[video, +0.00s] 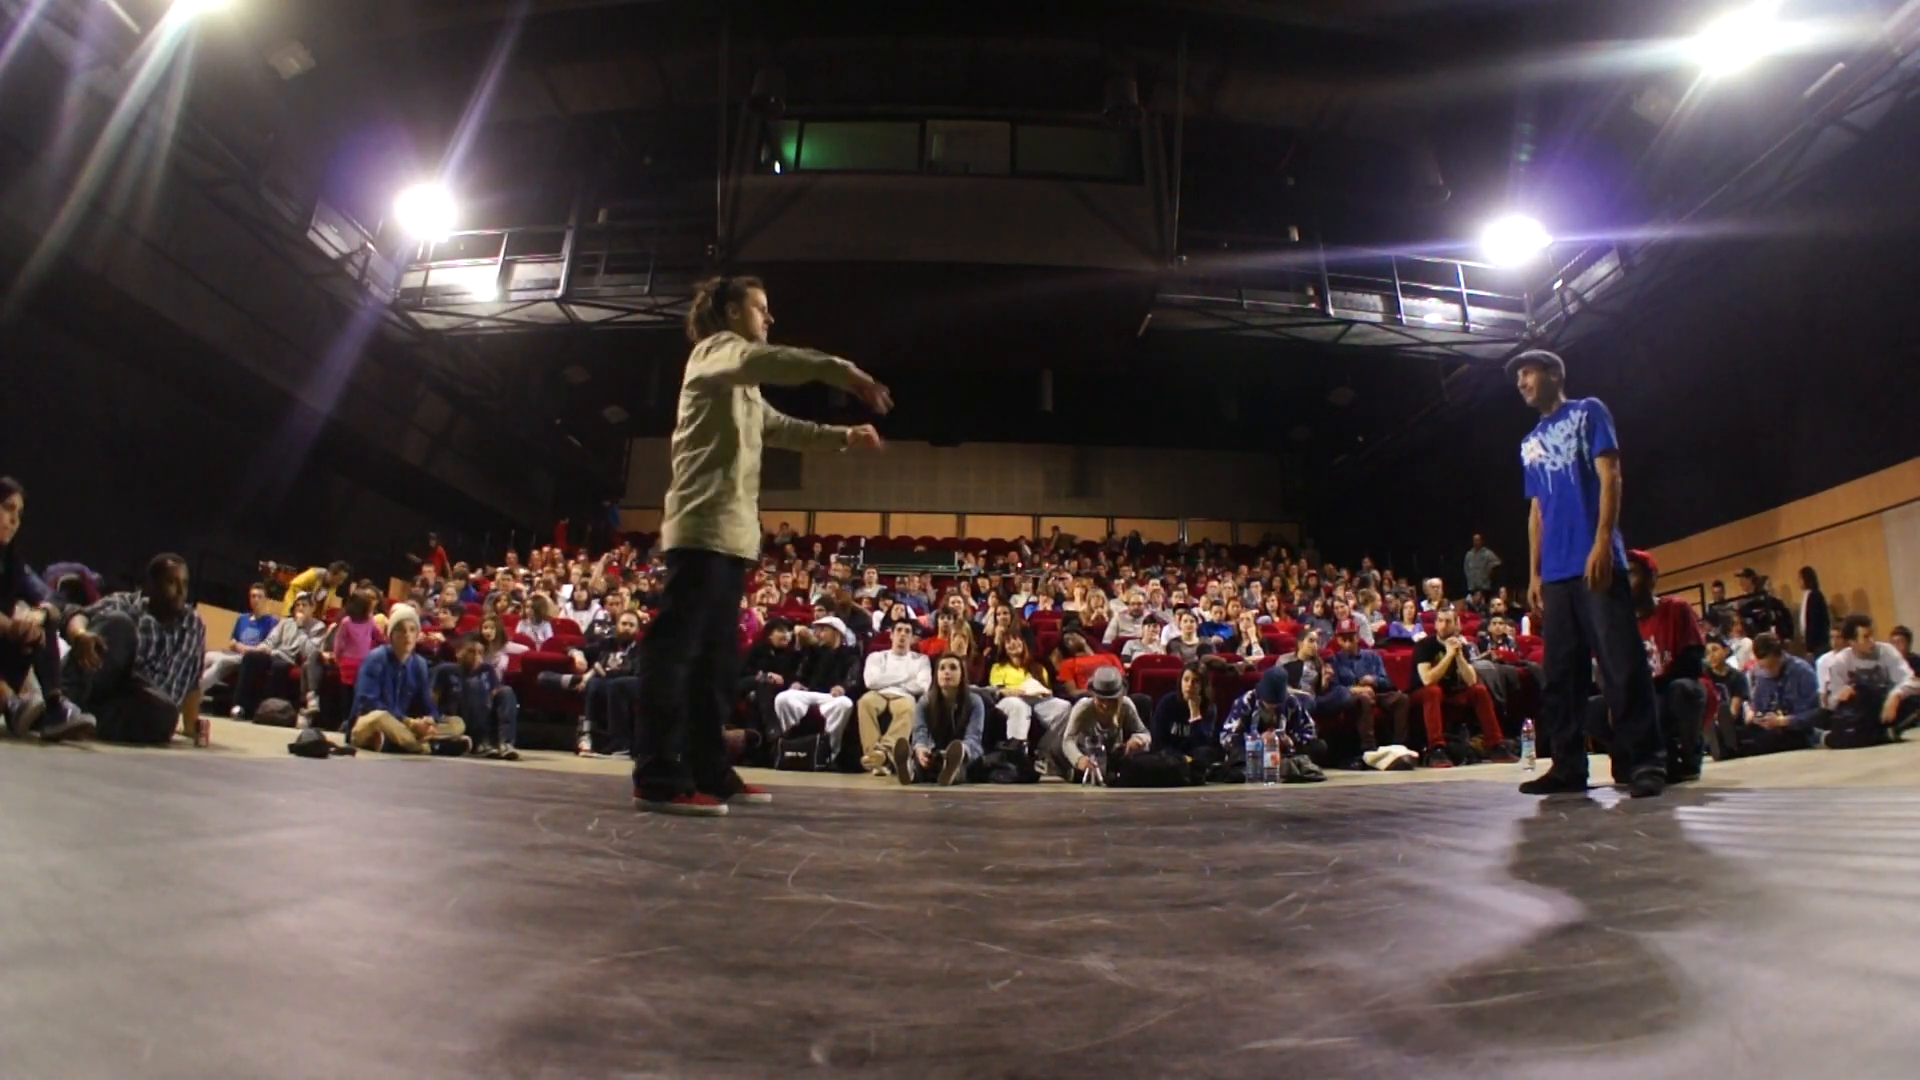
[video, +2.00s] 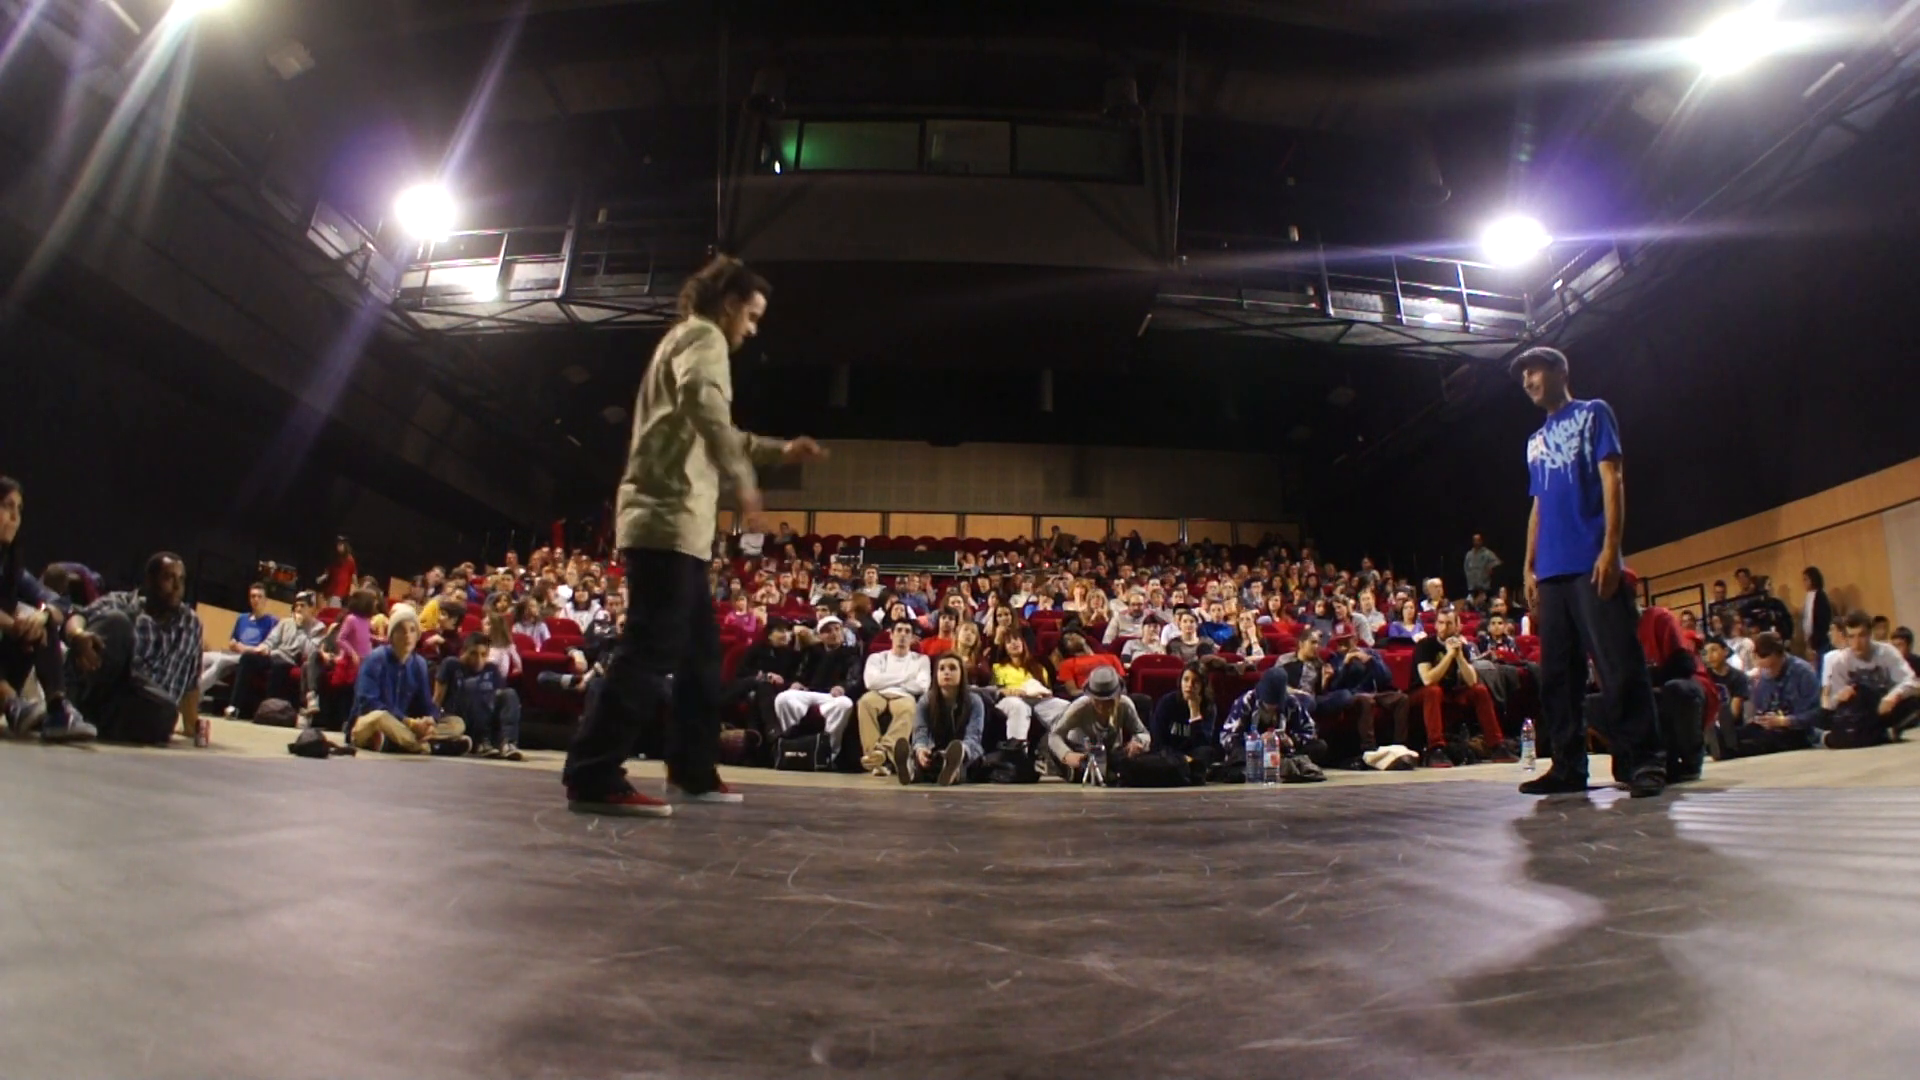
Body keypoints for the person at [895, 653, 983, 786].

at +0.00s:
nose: (947, 672)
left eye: (953, 668)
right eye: (942, 668)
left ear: (962, 673)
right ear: (936, 674)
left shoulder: (974, 701)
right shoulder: (925, 701)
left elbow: (974, 738)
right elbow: (920, 730)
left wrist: (960, 750)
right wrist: (920, 748)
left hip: (961, 752)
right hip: (933, 750)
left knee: (955, 764)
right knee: (918, 762)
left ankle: (949, 774)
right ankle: (909, 769)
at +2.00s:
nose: (947, 672)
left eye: (952, 668)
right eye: (942, 668)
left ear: (961, 673)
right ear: (935, 674)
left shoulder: (974, 701)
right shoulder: (925, 701)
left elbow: (974, 737)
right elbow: (920, 731)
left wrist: (960, 751)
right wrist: (920, 748)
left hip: (962, 752)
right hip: (933, 750)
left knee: (955, 763)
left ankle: (949, 773)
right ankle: (910, 768)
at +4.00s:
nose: (947, 673)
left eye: (952, 668)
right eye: (942, 669)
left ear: (961, 674)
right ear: (936, 674)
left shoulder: (974, 701)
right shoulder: (925, 701)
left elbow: (974, 738)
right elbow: (920, 731)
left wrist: (961, 751)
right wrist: (920, 748)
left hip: (962, 751)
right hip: (933, 750)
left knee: (955, 762)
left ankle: (949, 773)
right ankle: (910, 768)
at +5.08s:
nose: (946, 673)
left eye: (951, 669)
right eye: (941, 670)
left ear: (961, 674)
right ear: (935, 675)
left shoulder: (974, 701)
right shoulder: (925, 702)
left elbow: (974, 737)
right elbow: (922, 735)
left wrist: (962, 751)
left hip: (963, 749)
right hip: (935, 749)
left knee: (956, 762)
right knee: (927, 759)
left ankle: (949, 773)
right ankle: (912, 768)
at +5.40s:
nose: (946, 674)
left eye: (951, 669)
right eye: (941, 670)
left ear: (961, 674)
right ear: (935, 675)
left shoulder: (974, 701)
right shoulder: (925, 701)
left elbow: (973, 737)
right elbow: (925, 738)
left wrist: (962, 752)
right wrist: (940, 749)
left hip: (964, 748)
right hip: (936, 750)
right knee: (927, 761)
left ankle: (949, 773)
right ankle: (912, 768)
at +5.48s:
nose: (946, 674)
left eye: (952, 669)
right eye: (941, 670)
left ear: (961, 674)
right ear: (935, 675)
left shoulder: (974, 701)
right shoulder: (926, 700)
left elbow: (973, 738)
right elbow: (923, 733)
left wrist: (962, 752)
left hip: (964, 750)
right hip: (935, 750)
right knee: (926, 761)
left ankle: (950, 772)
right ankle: (911, 769)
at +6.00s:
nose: (946, 672)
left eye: (952, 668)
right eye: (941, 669)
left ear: (961, 673)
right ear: (935, 674)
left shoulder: (975, 701)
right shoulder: (925, 701)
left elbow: (973, 737)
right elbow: (920, 730)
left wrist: (960, 750)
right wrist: (922, 748)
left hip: (962, 749)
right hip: (934, 749)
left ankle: (949, 772)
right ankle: (910, 769)